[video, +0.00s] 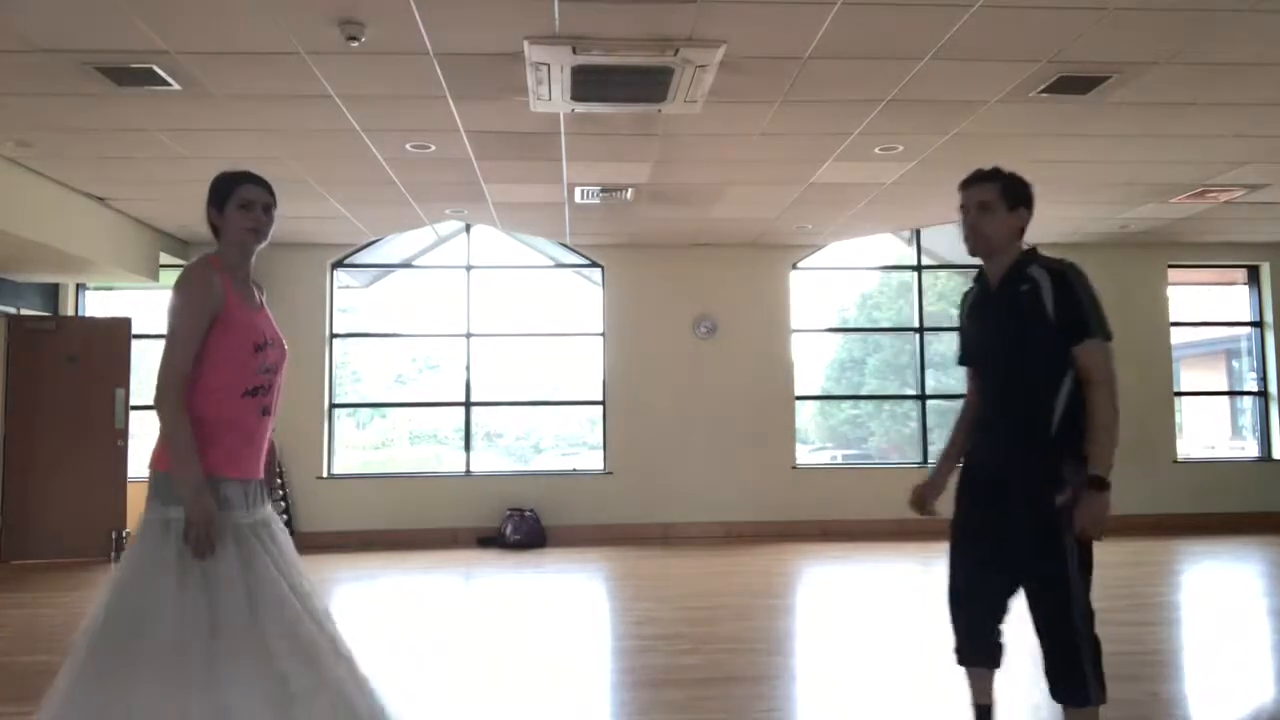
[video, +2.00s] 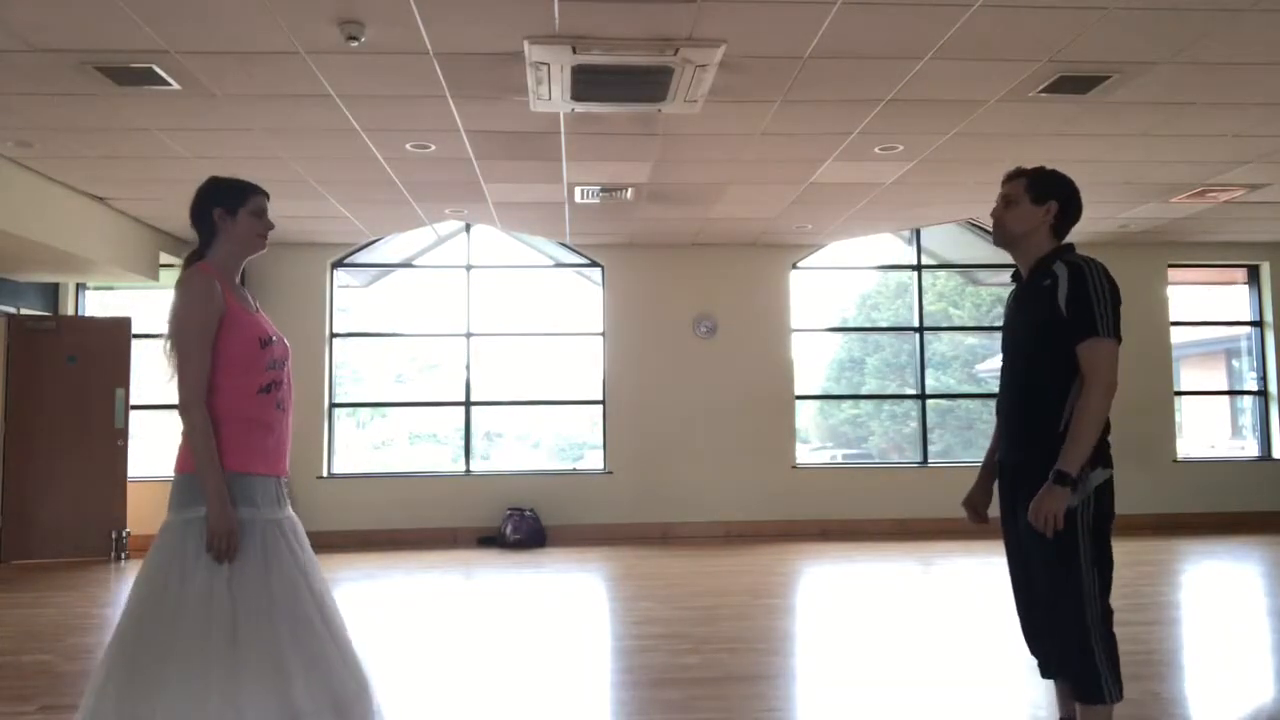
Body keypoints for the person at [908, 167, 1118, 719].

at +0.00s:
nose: (969, 222)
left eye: (983, 210)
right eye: (964, 212)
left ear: (1019, 218)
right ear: (962, 222)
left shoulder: (1060, 281)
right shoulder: (975, 301)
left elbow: (1099, 380)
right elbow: (977, 398)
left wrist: (1098, 481)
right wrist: (938, 475)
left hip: (1051, 480)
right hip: (987, 480)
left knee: (1065, 622)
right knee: (971, 608)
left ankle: (1082, 713)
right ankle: (982, 713)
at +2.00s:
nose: (994, 212)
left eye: (1009, 203)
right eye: (998, 203)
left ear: (1048, 212)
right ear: (1034, 215)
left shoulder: (1081, 274)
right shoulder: (1021, 293)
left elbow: (1100, 385)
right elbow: (1018, 398)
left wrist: (1062, 479)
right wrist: (986, 478)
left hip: (1068, 485)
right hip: (1025, 482)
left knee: (1081, 634)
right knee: (1052, 632)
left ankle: (1095, 715)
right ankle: (1069, 713)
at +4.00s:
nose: (984, 212)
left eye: (996, 202)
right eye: (987, 202)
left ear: (1035, 210)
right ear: (1024, 214)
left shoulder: (1076, 274)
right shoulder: (1019, 291)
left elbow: (1097, 389)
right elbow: (1017, 396)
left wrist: (1065, 487)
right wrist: (988, 477)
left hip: (1068, 483)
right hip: (1025, 481)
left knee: (1084, 632)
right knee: (1052, 628)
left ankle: (1098, 715)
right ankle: (1069, 713)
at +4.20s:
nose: (983, 213)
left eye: (995, 203)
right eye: (986, 203)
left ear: (1035, 211)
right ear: (1024, 214)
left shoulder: (1076, 274)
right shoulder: (1018, 291)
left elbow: (1095, 389)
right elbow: (1015, 395)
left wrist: (1064, 487)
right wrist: (986, 477)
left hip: (1069, 483)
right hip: (1025, 481)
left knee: (1085, 630)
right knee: (1051, 627)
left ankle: (1098, 715)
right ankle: (1069, 713)